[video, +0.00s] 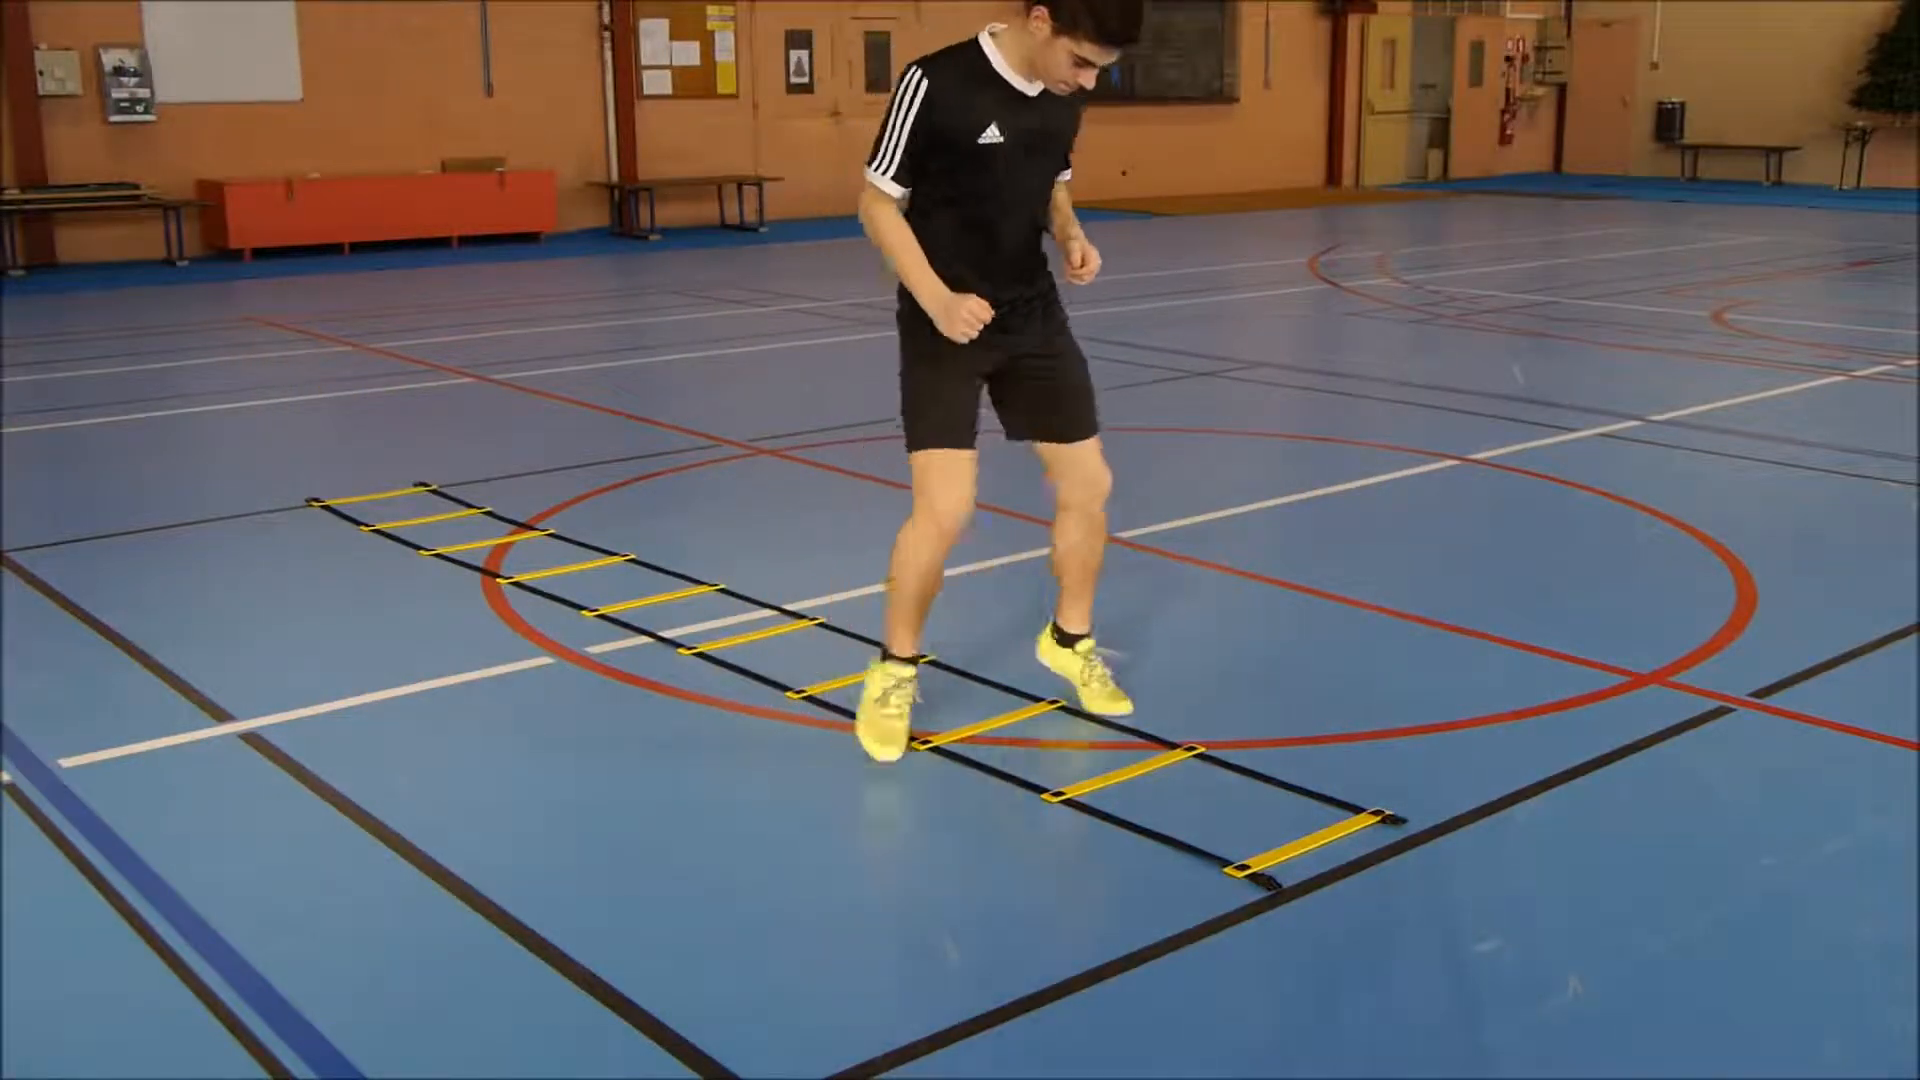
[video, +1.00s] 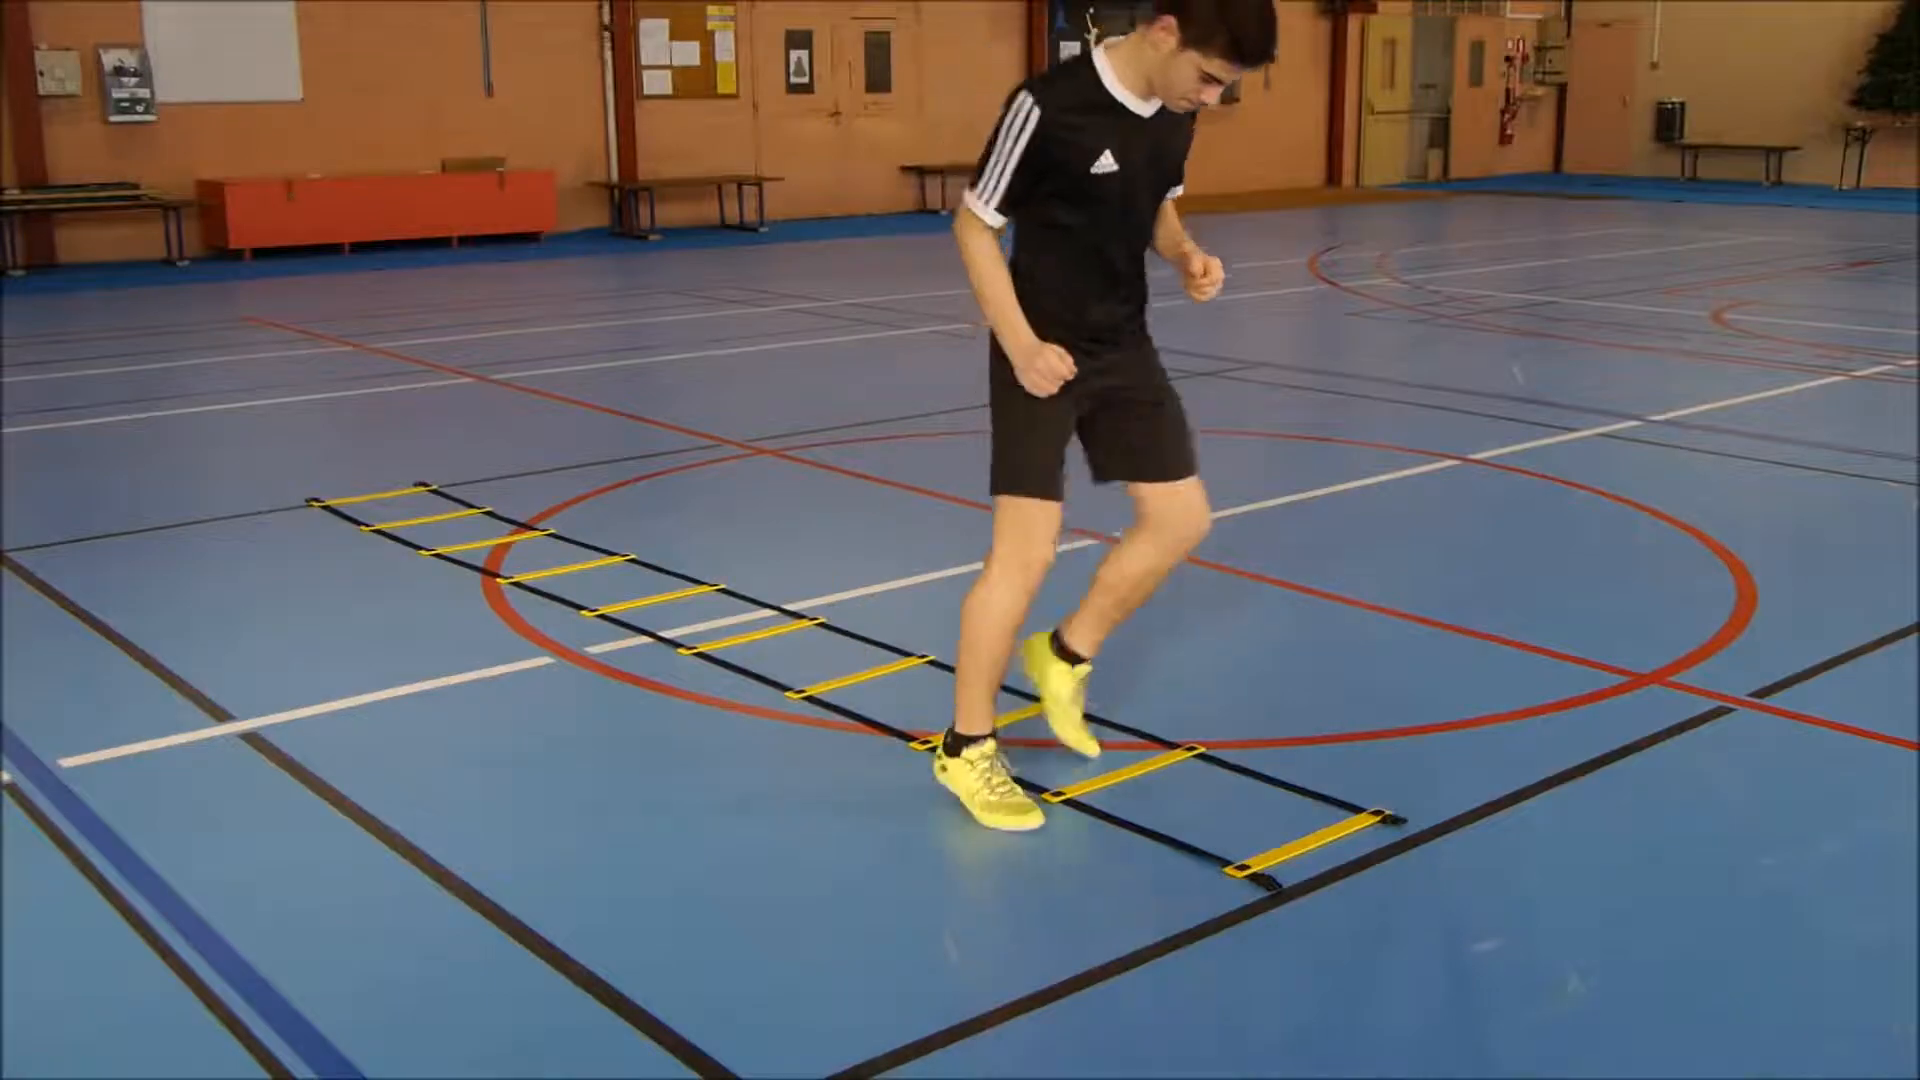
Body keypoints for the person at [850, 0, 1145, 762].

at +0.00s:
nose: (1088, 81)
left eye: (1099, 69)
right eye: (1080, 62)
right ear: (1036, 20)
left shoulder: (1065, 91)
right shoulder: (932, 83)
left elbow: (1052, 182)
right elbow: (877, 205)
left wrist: (1070, 233)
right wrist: (936, 298)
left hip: (1030, 311)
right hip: (940, 317)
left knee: (1086, 483)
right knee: (944, 508)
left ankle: (1071, 638)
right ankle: (896, 667)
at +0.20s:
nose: (1114, 88)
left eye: (1126, 76)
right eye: (1107, 69)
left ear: (1138, 59)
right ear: (1064, 30)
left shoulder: (1110, 99)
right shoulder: (961, 94)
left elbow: (1101, 193)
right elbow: (904, 210)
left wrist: (1106, 243)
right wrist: (941, 315)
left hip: (1069, 333)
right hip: (980, 338)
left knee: (1085, 506)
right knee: (1004, 525)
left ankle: (1062, 649)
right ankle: (1005, 679)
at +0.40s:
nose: (1138, 83)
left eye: (1149, 70)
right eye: (1131, 63)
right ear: (1086, 24)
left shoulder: (1117, 98)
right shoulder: (979, 92)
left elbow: (1108, 200)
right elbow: (915, 208)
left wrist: (1122, 242)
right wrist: (952, 321)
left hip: (1079, 334)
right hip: (995, 343)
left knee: (1113, 506)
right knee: (1019, 534)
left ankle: (1057, 644)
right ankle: (1014, 693)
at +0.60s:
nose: (1172, 69)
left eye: (1186, 56)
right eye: (1167, 49)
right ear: (1125, 8)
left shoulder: (1135, 86)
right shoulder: (1008, 63)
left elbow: (1116, 188)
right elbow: (935, 183)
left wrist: (1150, 227)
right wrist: (966, 303)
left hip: (1091, 314)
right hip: (1006, 319)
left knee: (1117, 497)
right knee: (1028, 525)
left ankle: (1045, 649)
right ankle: (1010, 681)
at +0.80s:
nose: (1187, 71)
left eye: (1201, 58)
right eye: (1182, 51)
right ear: (1137, 10)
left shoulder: (1162, 85)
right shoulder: (1018, 68)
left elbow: (1136, 179)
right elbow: (946, 183)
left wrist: (1166, 228)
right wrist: (980, 301)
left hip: (1103, 318)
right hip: (1018, 317)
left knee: (1097, 512)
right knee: (1041, 516)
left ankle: (1032, 684)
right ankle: (999, 687)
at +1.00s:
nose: (1213, 98)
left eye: (1227, 86)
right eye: (1208, 77)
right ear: (1161, 32)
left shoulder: (1179, 108)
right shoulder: (1045, 103)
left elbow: (1160, 205)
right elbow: (974, 223)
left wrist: (1186, 252)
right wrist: (1021, 342)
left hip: (1120, 343)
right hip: (1034, 345)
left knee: (1180, 518)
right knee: (1023, 550)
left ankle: (1065, 654)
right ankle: (966, 744)